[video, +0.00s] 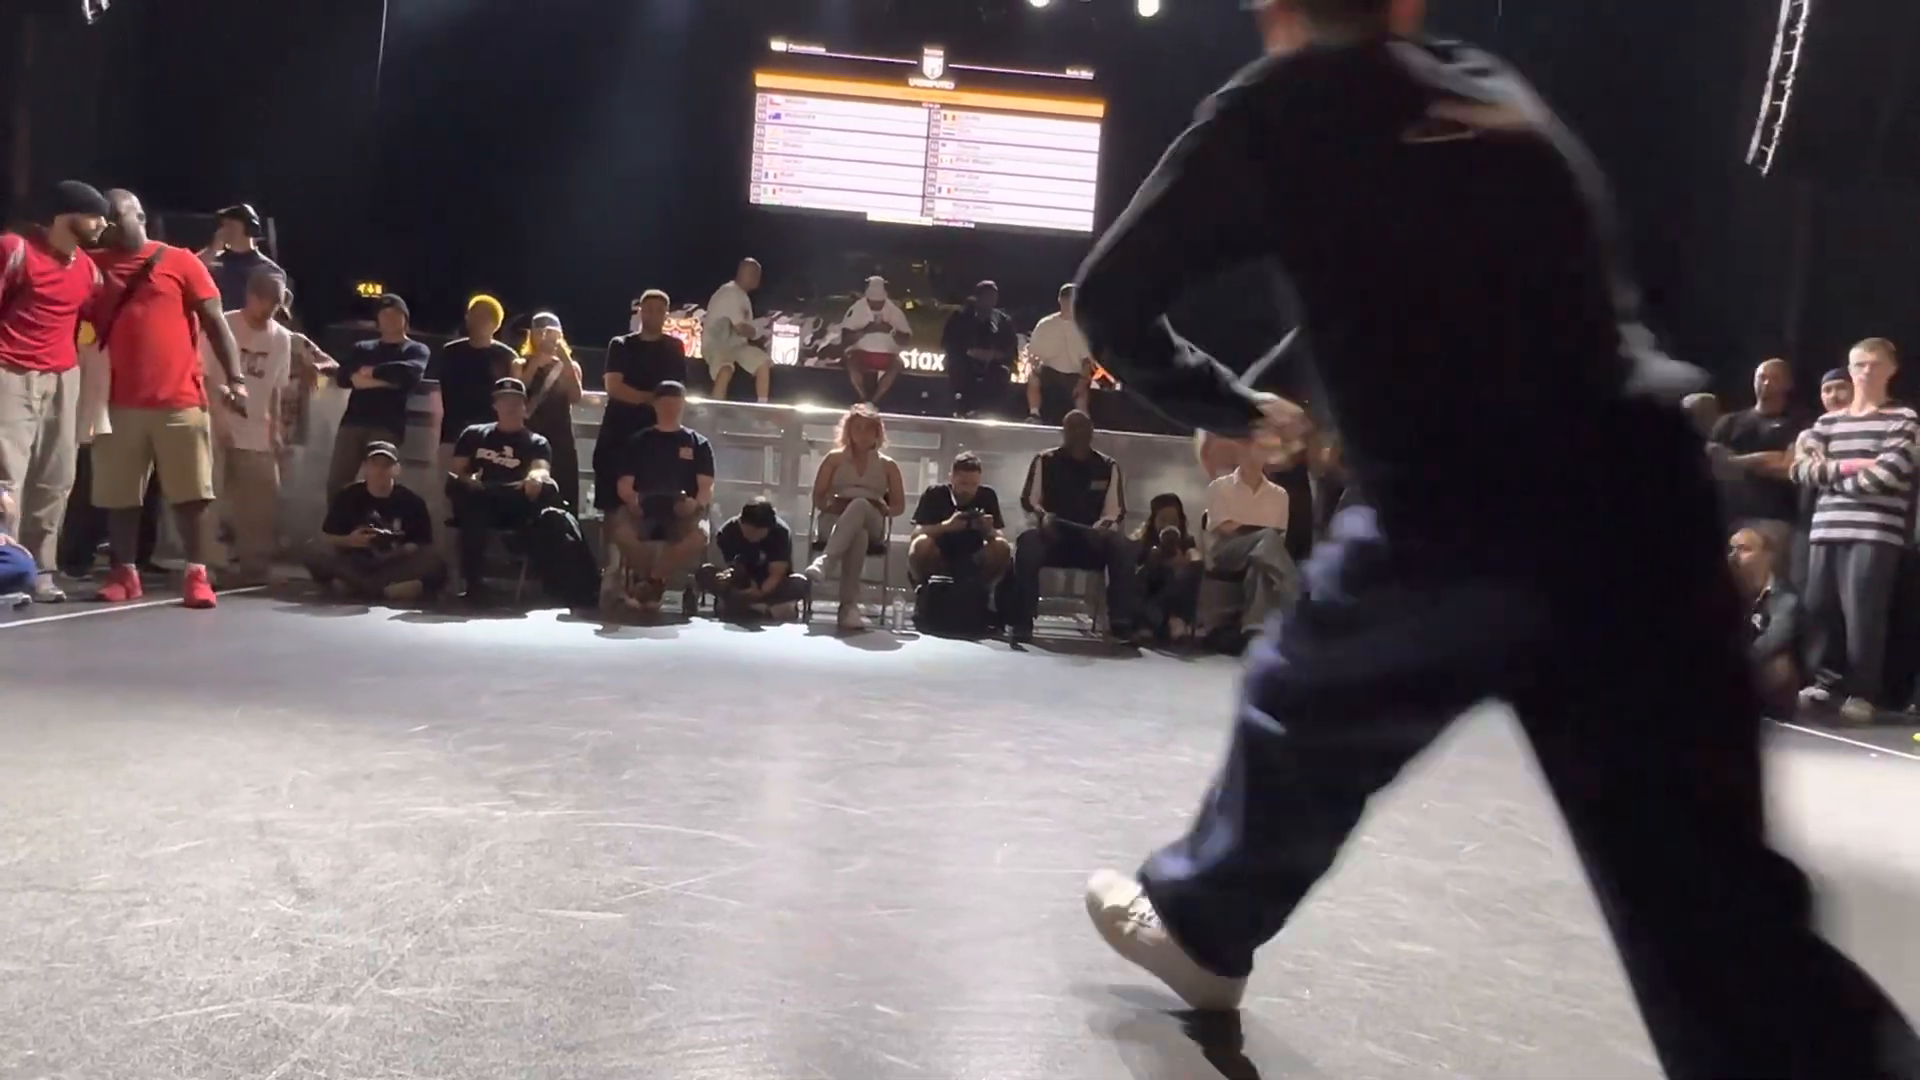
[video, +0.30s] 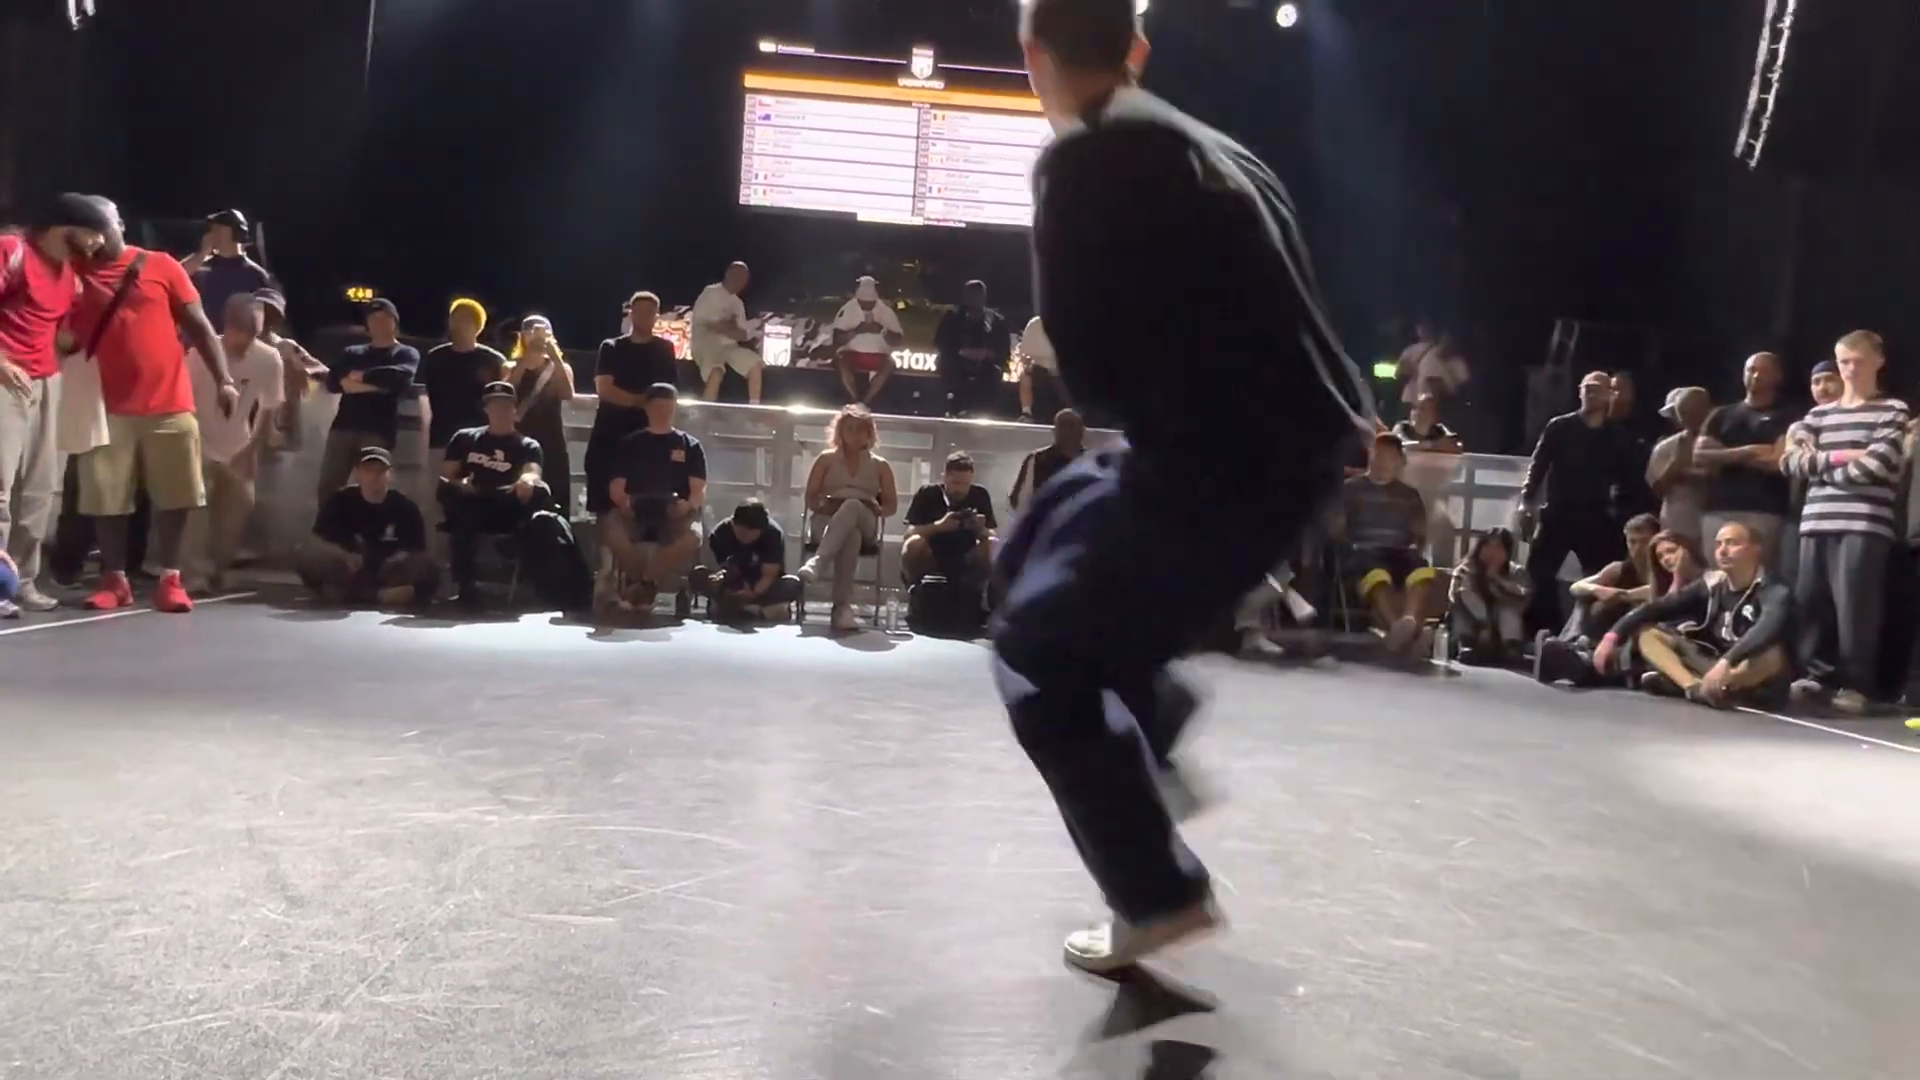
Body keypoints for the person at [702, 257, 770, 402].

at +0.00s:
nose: (758, 280)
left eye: (758, 276)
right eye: (756, 275)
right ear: (746, 275)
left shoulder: (743, 297)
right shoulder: (730, 292)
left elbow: (747, 325)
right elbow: (740, 327)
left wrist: (764, 322)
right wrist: (756, 332)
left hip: (738, 345)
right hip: (717, 345)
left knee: (763, 364)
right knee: (725, 370)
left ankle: (762, 407)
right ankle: (715, 410)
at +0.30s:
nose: (739, 281)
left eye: (742, 278)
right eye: (736, 276)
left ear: (745, 281)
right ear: (728, 275)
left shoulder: (737, 303)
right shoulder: (710, 293)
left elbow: (744, 334)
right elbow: (700, 322)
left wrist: (729, 328)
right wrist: (723, 326)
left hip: (729, 347)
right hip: (706, 345)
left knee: (755, 366)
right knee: (716, 372)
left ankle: (754, 410)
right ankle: (706, 412)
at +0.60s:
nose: (726, 286)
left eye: (730, 283)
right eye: (724, 281)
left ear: (734, 287)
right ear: (715, 282)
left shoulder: (733, 309)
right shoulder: (699, 301)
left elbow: (736, 341)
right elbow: (693, 333)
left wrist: (709, 335)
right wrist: (719, 332)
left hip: (724, 353)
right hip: (701, 352)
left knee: (753, 373)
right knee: (706, 380)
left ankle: (753, 419)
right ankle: (700, 423)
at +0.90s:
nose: (715, 276)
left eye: (719, 272)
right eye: (712, 271)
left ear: (723, 276)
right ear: (703, 272)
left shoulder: (724, 299)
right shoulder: (690, 293)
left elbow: (730, 332)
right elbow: (688, 325)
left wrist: (708, 324)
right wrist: (713, 325)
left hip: (718, 344)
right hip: (695, 343)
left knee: (747, 365)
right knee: (702, 372)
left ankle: (749, 410)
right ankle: (696, 415)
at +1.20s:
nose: (723, 294)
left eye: (726, 290)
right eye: (719, 290)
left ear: (729, 295)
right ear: (710, 292)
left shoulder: (730, 318)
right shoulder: (697, 312)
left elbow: (737, 350)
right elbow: (700, 345)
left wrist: (711, 345)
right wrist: (725, 345)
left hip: (725, 362)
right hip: (701, 362)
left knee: (753, 383)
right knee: (709, 391)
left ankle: (756, 428)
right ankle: (703, 432)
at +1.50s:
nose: (724, 298)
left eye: (727, 295)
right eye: (720, 294)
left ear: (730, 299)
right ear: (711, 296)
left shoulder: (730, 323)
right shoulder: (698, 316)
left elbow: (737, 349)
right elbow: (698, 347)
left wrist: (755, 344)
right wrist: (728, 352)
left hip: (726, 366)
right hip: (702, 365)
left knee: (752, 383)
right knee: (710, 393)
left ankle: (756, 431)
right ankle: (703, 434)